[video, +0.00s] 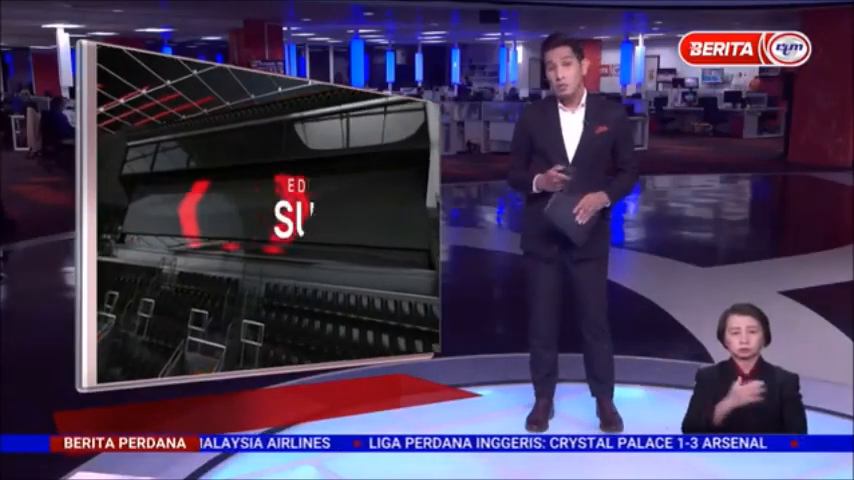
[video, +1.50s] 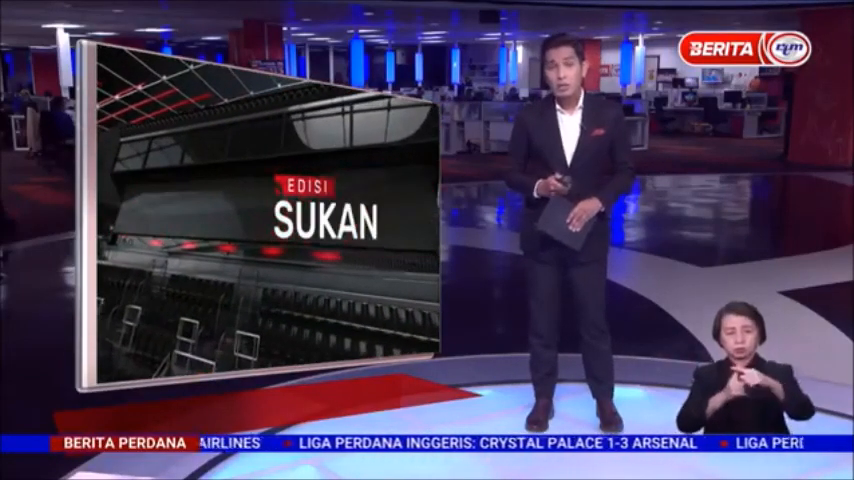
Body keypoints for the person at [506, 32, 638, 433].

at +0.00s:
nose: (558, 73)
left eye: (566, 64)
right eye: (551, 67)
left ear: (583, 66)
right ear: (545, 74)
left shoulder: (610, 111)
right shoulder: (532, 114)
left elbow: (628, 171)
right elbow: (515, 174)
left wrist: (604, 196)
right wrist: (538, 180)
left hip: (590, 231)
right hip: (542, 233)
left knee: (594, 319)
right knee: (542, 319)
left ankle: (605, 400)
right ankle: (542, 398)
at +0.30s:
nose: (558, 76)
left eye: (565, 67)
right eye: (550, 70)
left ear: (581, 69)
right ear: (543, 76)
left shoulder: (607, 111)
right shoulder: (530, 116)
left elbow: (624, 171)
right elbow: (513, 173)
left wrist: (595, 202)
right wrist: (542, 185)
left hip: (590, 230)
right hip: (543, 230)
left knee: (594, 320)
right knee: (543, 321)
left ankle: (605, 400)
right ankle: (542, 400)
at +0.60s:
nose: (559, 78)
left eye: (566, 69)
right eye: (551, 71)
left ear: (582, 70)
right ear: (543, 77)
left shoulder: (607, 112)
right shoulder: (529, 117)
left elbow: (627, 169)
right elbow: (512, 173)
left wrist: (602, 201)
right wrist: (540, 188)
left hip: (590, 231)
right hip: (542, 232)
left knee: (593, 320)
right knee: (543, 321)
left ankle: (605, 400)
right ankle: (542, 400)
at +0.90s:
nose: (559, 75)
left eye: (567, 66)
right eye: (551, 68)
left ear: (582, 69)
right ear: (544, 75)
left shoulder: (607, 112)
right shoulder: (529, 116)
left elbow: (623, 172)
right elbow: (512, 172)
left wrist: (596, 202)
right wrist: (536, 187)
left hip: (589, 230)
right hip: (542, 230)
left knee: (593, 319)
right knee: (543, 320)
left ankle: (605, 400)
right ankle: (542, 400)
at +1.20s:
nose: (559, 73)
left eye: (566, 65)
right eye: (551, 67)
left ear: (582, 69)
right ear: (544, 74)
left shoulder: (607, 112)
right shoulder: (529, 116)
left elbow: (625, 172)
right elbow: (512, 172)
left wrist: (597, 201)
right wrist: (535, 185)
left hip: (589, 230)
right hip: (541, 230)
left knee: (593, 320)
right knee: (543, 321)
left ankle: (605, 400)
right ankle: (542, 400)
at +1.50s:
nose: (560, 73)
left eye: (568, 64)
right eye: (552, 66)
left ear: (583, 68)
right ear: (544, 74)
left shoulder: (608, 112)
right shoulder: (530, 115)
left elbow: (625, 171)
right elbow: (512, 171)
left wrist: (598, 201)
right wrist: (537, 186)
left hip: (589, 230)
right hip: (542, 231)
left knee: (593, 320)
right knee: (543, 321)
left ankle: (605, 400)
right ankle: (542, 400)